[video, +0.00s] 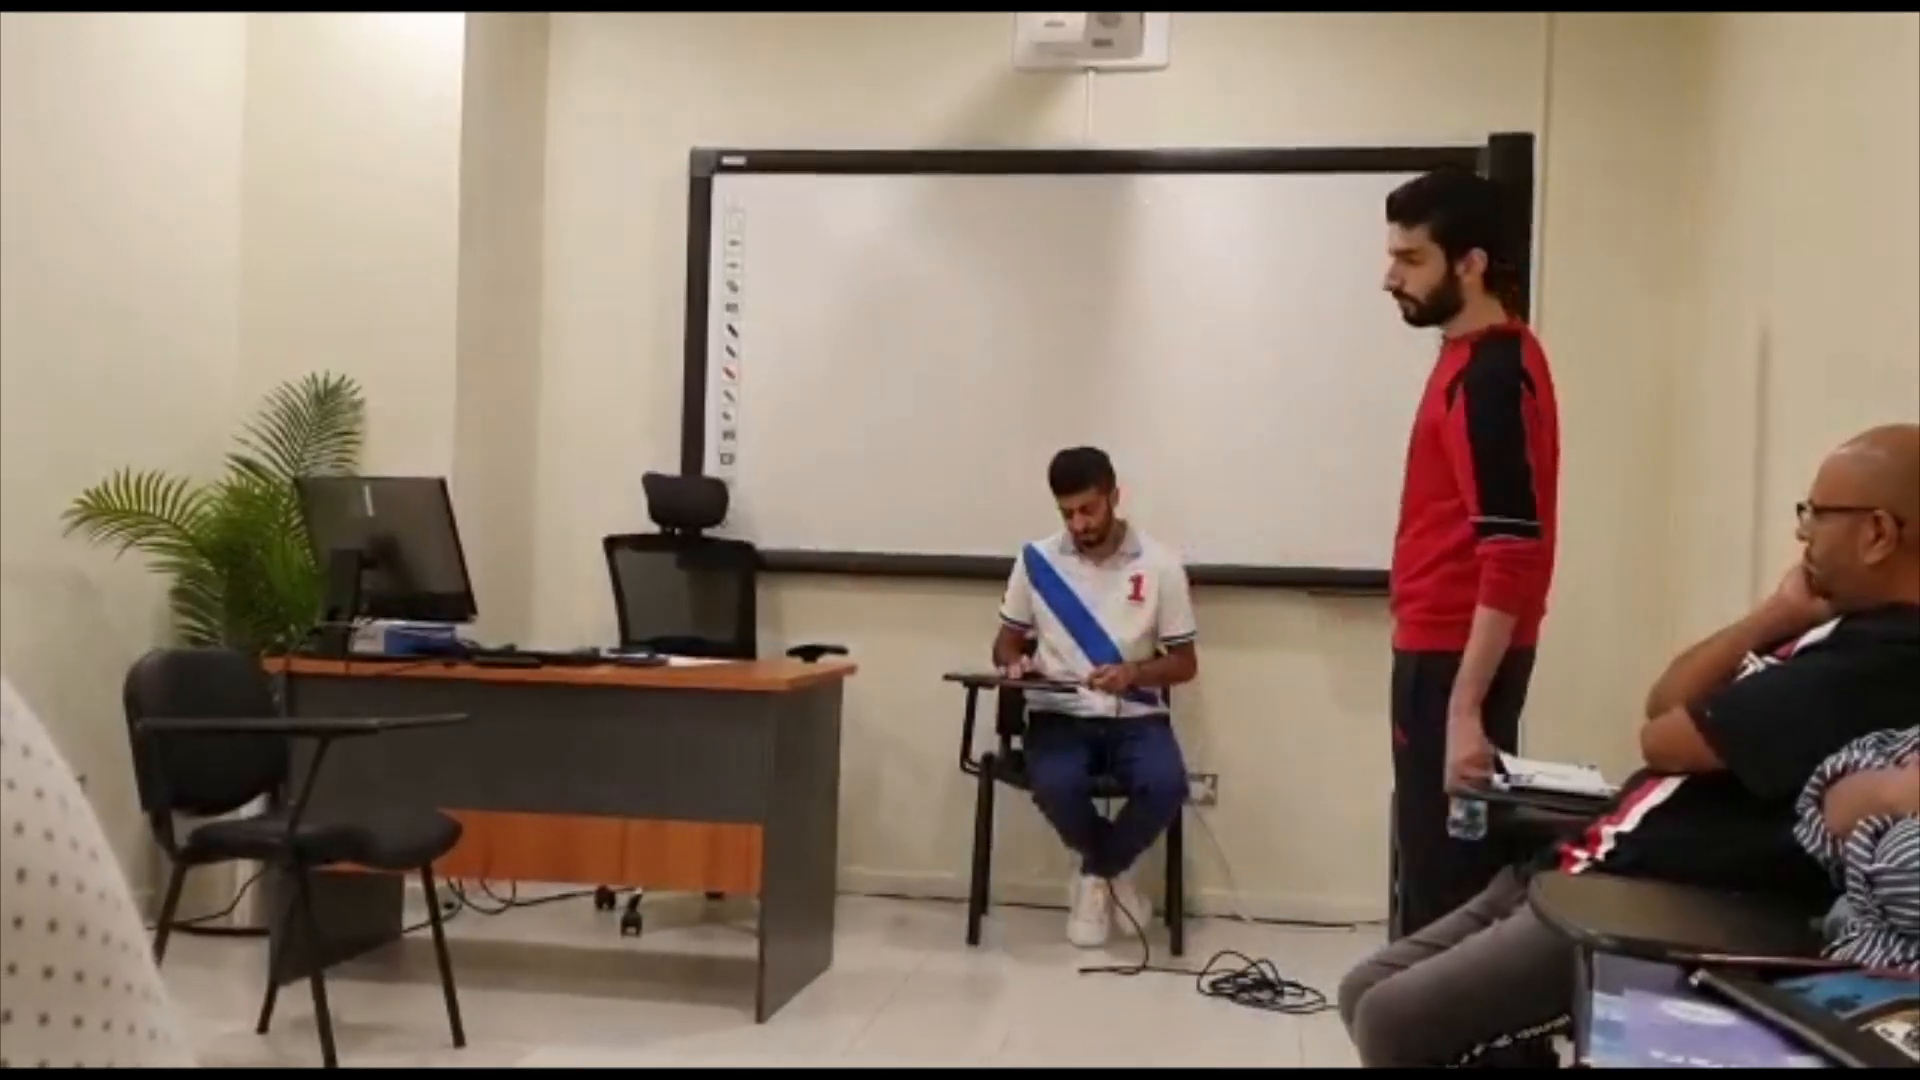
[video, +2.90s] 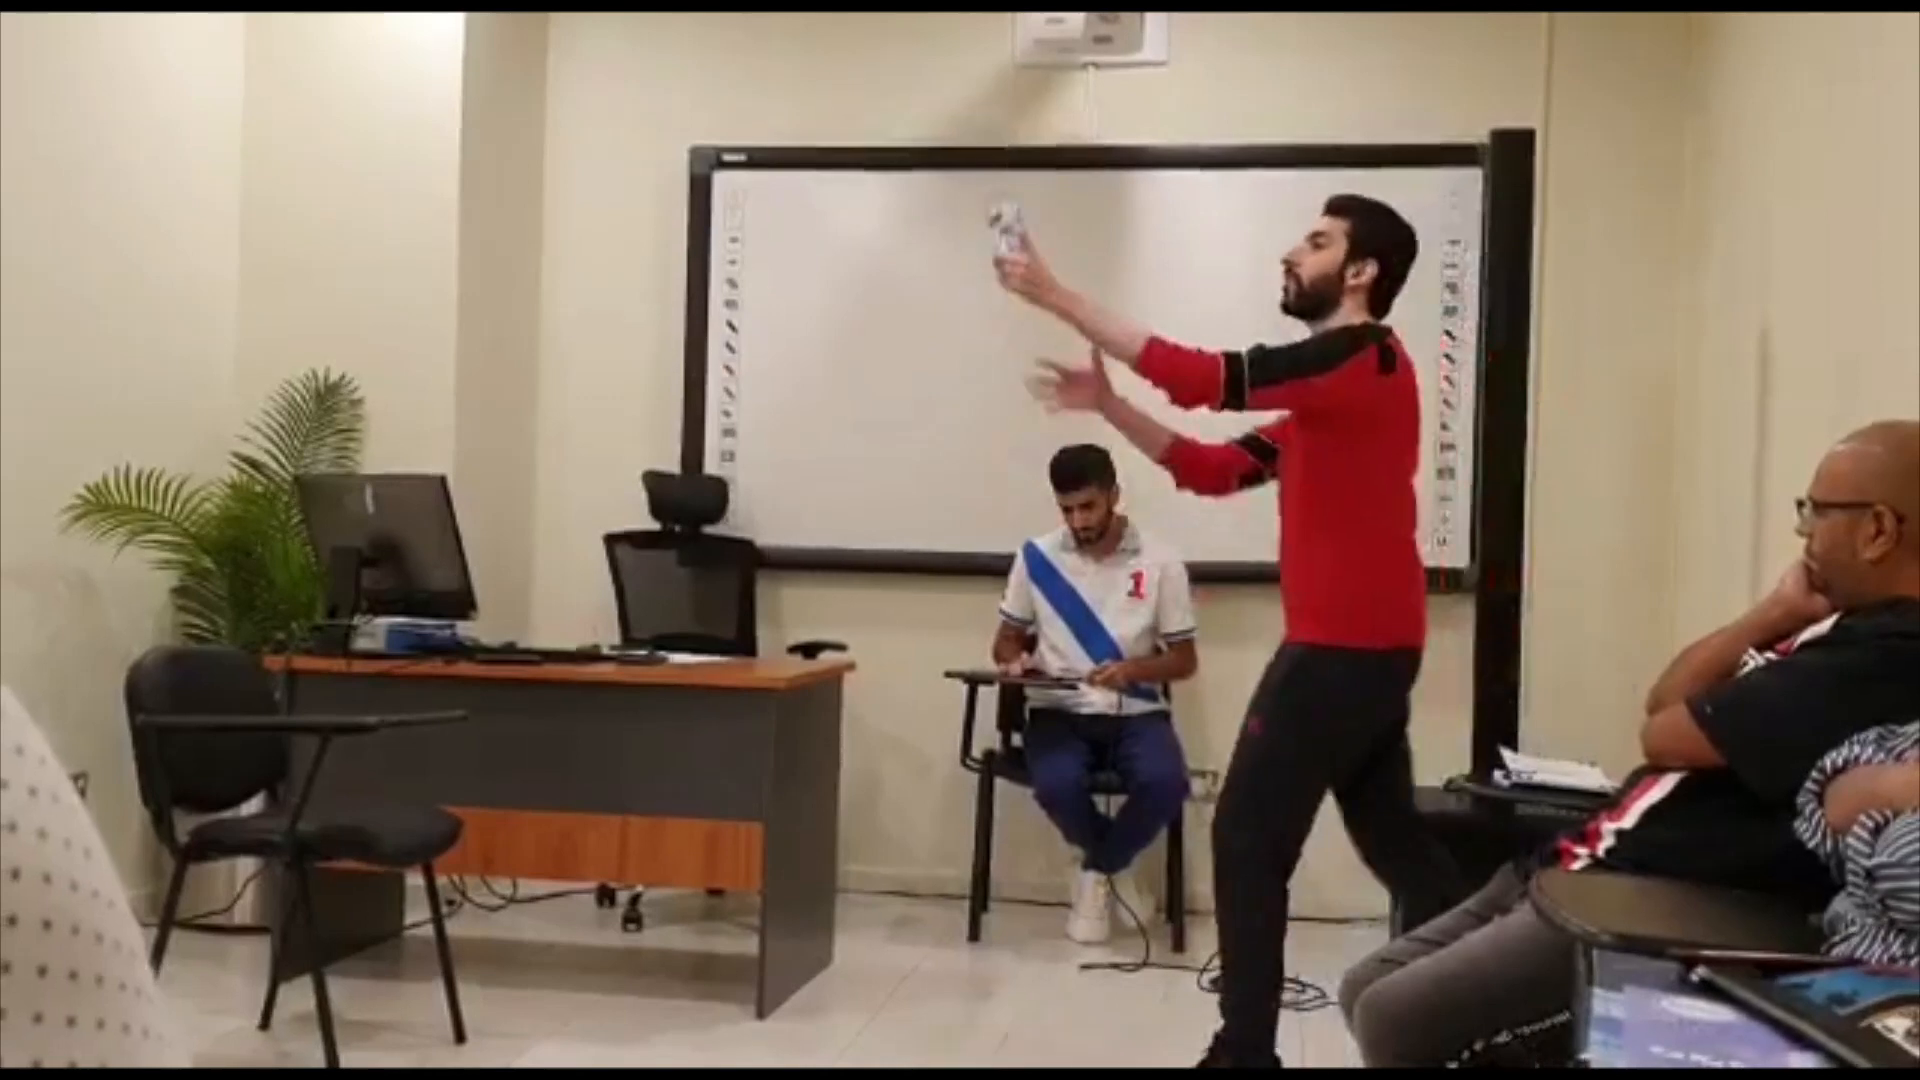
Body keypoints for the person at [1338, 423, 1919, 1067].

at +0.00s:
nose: (1800, 536)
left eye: (1814, 516)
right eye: (1805, 516)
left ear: (1879, 534)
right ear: (1879, 534)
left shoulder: (1882, 653)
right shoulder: (1853, 629)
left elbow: (1666, 744)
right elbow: (1663, 703)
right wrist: (1781, 612)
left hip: (1637, 910)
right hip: (1589, 867)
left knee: (1389, 1024)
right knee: (1364, 989)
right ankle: (1511, 1058)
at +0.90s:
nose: (1800, 537)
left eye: (1813, 517)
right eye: (1804, 516)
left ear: (1880, 534)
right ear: (1880, 535)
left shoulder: (1882, 654)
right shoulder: (1856, 630)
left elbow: (1667, 745)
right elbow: (1665, 705)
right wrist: (1781, 614)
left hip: (1635, 909)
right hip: (1585, 866)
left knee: (1387, 1023)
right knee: (1366, 989)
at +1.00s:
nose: (1800, 536)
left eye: (1813, 516)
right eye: (1805, 515)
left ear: (1880, 535)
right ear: (1880, 535)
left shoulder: (1880, 655)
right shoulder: (1857, 630)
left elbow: (1667, 744)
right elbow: (1666, 706)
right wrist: (1781, 614)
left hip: (1631, 910)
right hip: (1582, 867)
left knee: (1388, 1023)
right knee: (1367, 991)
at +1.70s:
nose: (1799, 535)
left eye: (1811, 516)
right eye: (1803, 515)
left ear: (1878, 534)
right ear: (1879, 534)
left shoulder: (1879, 654)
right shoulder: (1853, 628)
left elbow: (1664, 743)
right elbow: (1663, 702)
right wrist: (1780, 612)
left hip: (1626, 909)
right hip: (1578, 866)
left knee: (1385, 1023)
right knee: (1362, 990)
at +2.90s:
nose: (1804, 536)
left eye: (1814, 515)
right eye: (1807, 515)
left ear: (1880, 531)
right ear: (1881, 531)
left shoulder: (1884, 652)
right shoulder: (1859, 631)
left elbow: (1667, 739)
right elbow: (1666, 703)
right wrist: (1784, 610)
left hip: (1628, 911)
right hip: (1580, 867)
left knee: (1390, 1023)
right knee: (1365, 988)